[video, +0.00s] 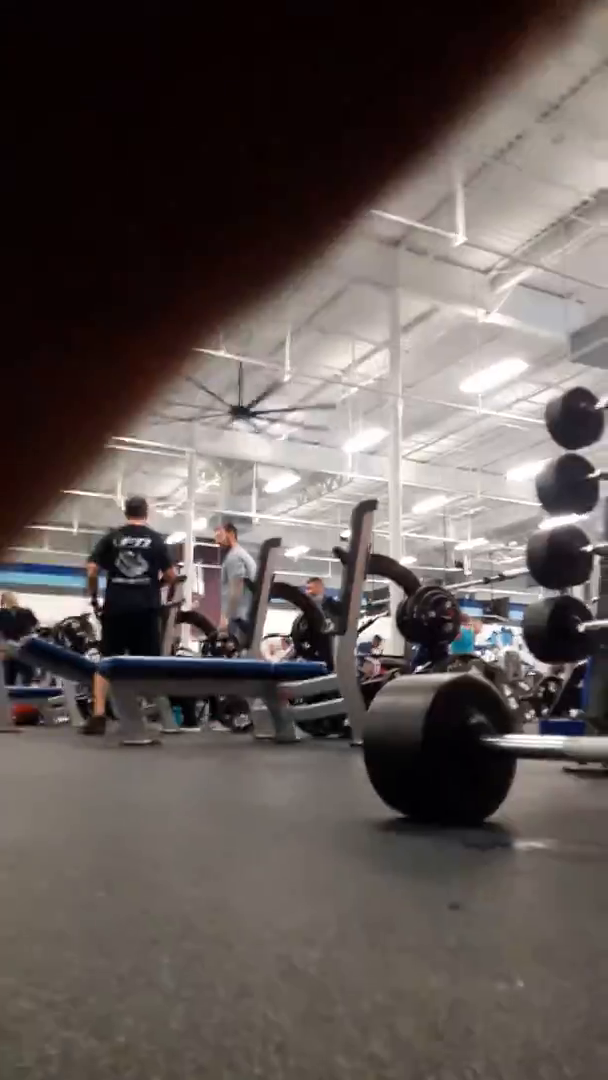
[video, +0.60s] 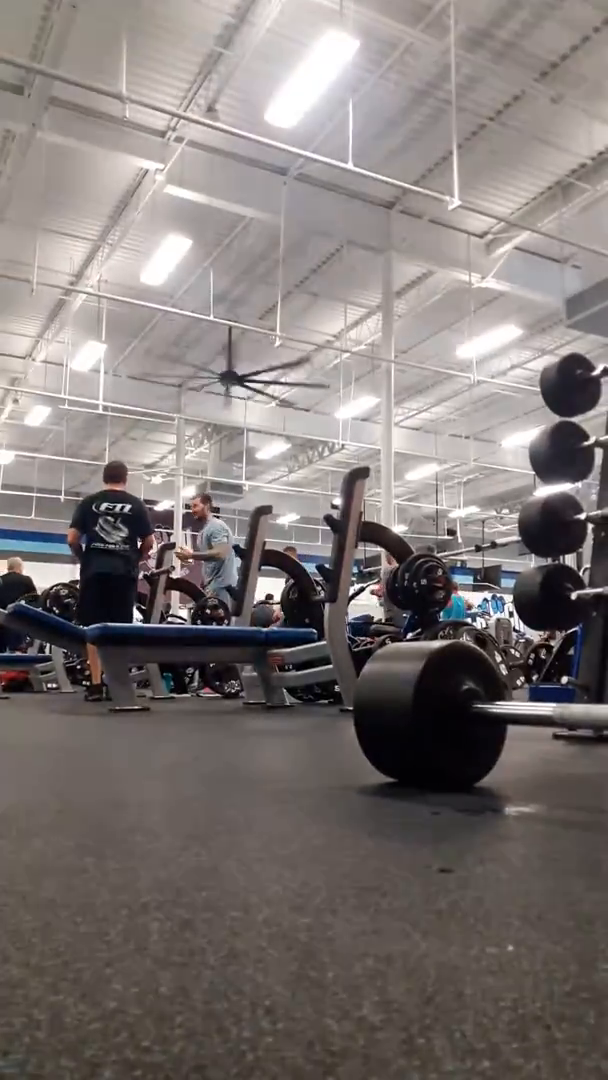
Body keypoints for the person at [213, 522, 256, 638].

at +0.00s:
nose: (216, 536)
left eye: (219, 531)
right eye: (215, 532)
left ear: (230, 533)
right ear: (230, 534)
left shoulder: (234, 557)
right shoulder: (241, 554)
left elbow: (236, 593)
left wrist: (225, 616)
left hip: (237, 618)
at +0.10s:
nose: (210, 518)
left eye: (213, 513)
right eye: (210, 514)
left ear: (224, 513)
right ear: (223, 513)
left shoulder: (228, 535)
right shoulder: (236, 532)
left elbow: (231, 567)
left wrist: (221, 594)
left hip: (232, 595)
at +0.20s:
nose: (203, 514)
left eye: (206, 510)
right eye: (203, 510)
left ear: (217, 510)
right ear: (216, 511)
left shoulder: (222, 531)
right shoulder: (226, 528)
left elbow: (227, 560)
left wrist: (213, 588)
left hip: (226, 589)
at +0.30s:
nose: (201, 507)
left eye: (204, 503)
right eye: (201, 503)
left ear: (215, 505)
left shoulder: (218, 527)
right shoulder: (223, 524)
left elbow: (225, 555)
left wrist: (203, 577)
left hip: (223, 585)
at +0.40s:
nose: (199, 505)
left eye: (203, 501)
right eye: (199, 501)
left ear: (212, 504)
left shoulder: (216, 525)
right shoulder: (222, 523)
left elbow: (223, 553)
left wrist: (196, 565)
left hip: (220, 585)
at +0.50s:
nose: (195, 506)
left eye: (199, 502)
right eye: (195, 503)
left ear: (210, 504)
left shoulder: (217, 525)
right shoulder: (210, 526)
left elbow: (222, 552)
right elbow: (213, 552)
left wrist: (192, 555)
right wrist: (192, 553)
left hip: (221, 583)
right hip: (215, 581)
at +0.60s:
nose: (192, 510)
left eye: (195, 506)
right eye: (192, 507)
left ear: (206, 505)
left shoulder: (216, 526)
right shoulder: (206, 529)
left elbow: (221, 553)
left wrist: (192, 555)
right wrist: (190, 555)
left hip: (221, 583)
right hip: (211, 582)